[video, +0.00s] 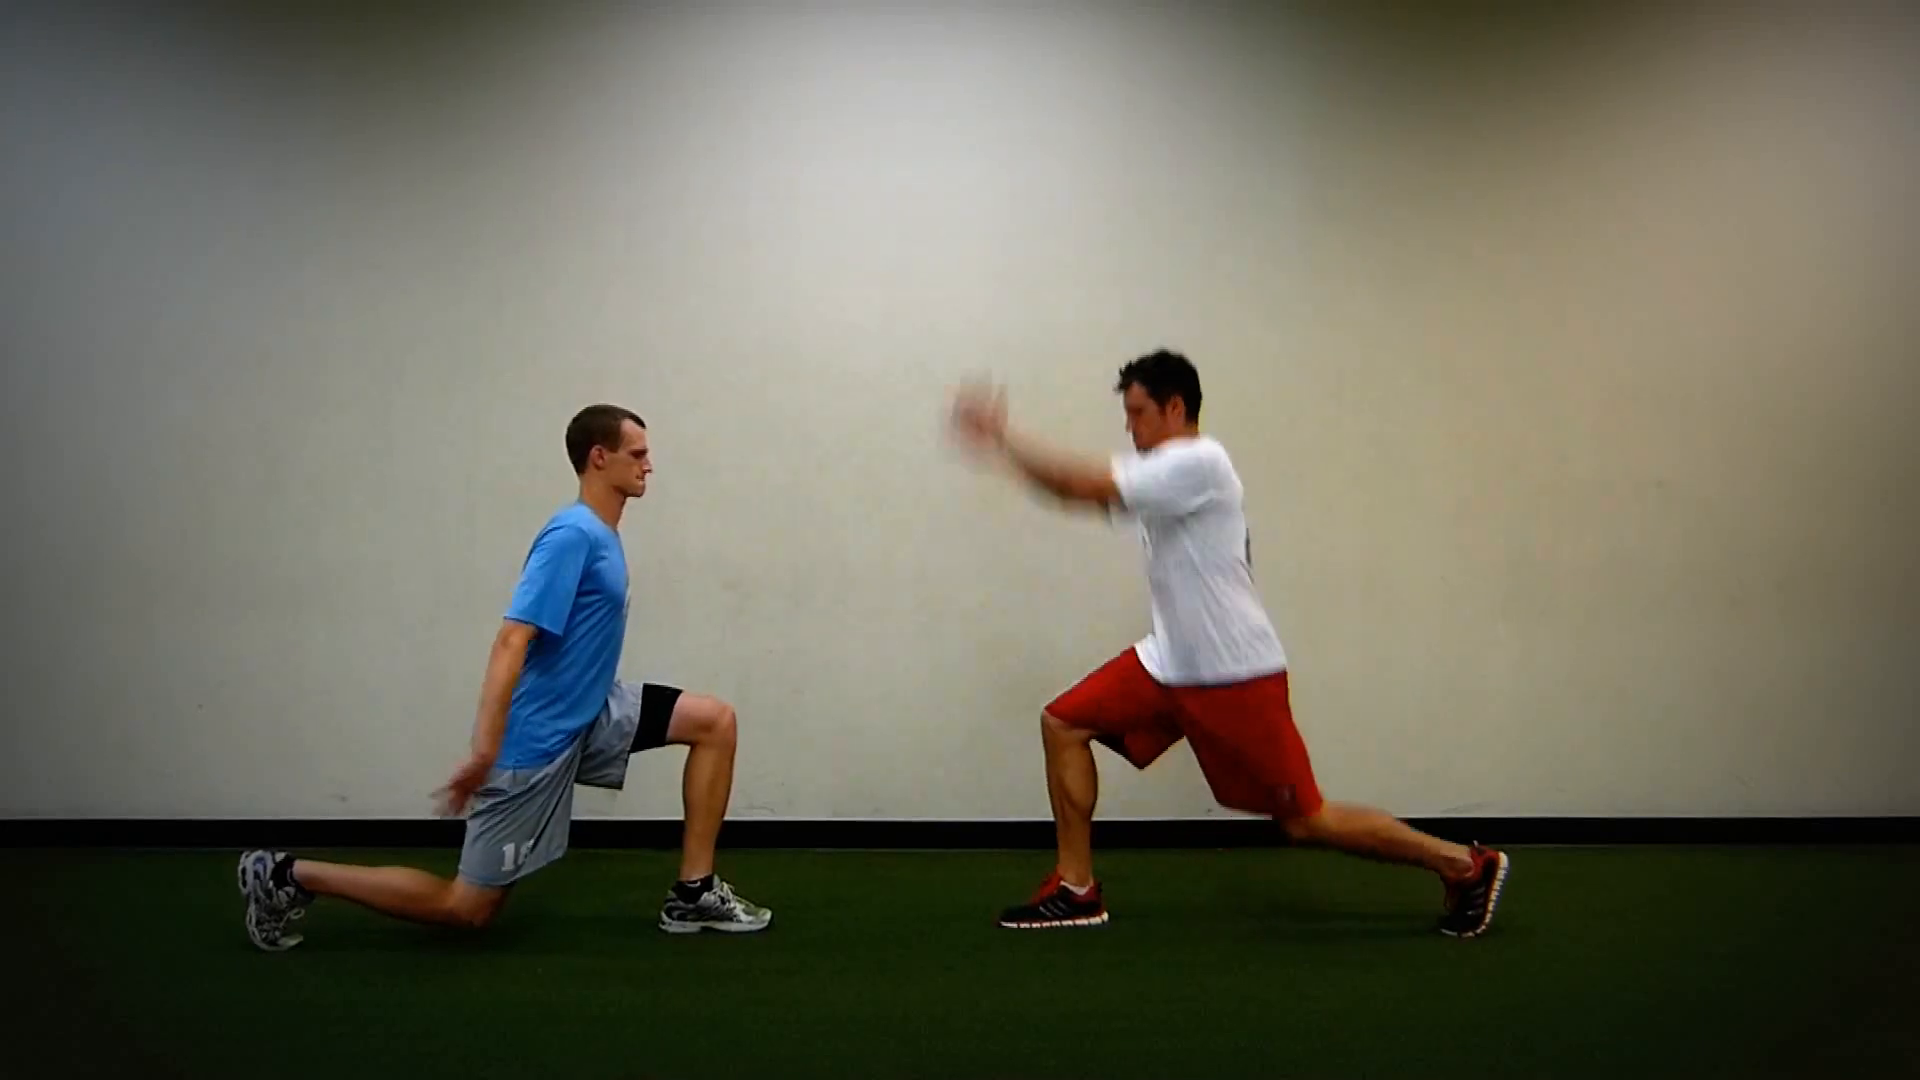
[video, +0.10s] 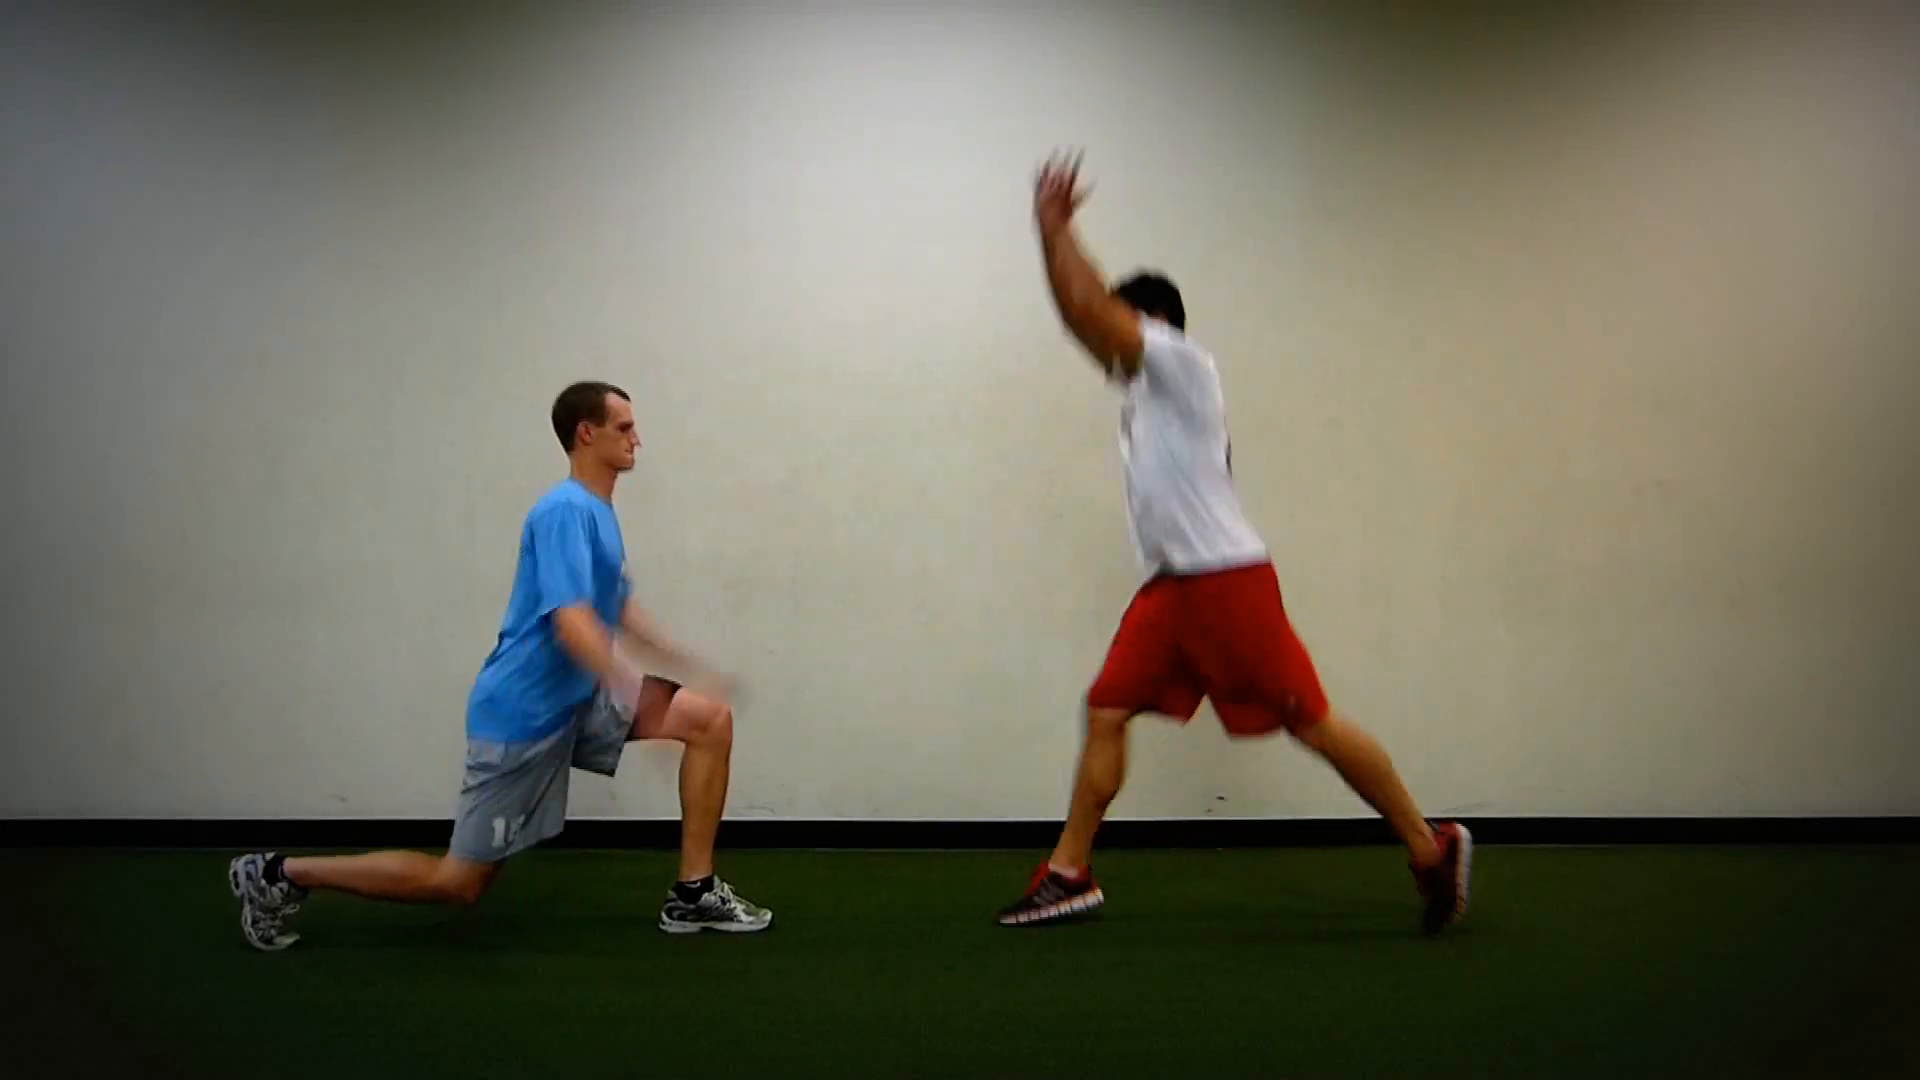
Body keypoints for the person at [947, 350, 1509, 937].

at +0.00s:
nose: (1127, 425)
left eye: (1135, 411)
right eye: (1126, 412)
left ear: (1174, 406)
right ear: (1163, 410)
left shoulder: (1201, 463)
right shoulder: (1161, 471)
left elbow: (1089, 486)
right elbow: (1080, 494)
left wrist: (1004, 439)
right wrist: (1008, 451)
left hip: (1234, 667)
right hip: (1169, 658)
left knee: (1306, 819)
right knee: (1065, 723)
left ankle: (1467, 866)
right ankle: (1074, 886)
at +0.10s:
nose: (1114, 334)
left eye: (1119, 320)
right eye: (1114, 324)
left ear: (1151, 320)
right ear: (1145, 323)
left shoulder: (1184, 367)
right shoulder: (1143, 382)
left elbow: (1099, 312)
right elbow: (1085, 320)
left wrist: (1061, 234)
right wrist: (1051, 240)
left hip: (1230, 581)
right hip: (1170, 586)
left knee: (1313, 724)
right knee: (1106, 710)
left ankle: (1431, 847)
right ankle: (1069, 871)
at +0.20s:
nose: (1101, 261)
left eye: (1109, 243)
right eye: (1098, 251)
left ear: (1143, 239)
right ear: (1115, 254)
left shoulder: (1179, 292)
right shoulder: (1137, 311)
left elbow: (1108, 217)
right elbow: (1079, 234)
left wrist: (1083, 137)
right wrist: (1062, 140)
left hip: (1227, 502)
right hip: (1177, 511)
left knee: (1292, 661)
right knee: (1165, 672)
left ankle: (1352, 821)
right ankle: (1149, 823)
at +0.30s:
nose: (1094, 224)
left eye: (1102, 203)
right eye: (1087, 213)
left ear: (1136, 199)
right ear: (1103, 223)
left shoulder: (1174, 245)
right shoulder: (1125, 273)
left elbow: (1095, 178)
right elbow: (1062, 210)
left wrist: (1062, 104)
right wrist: (1041, 116)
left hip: (1228, 462)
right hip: (1182, 472)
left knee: (1251, 634)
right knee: (1182, 629)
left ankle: (1265, 811)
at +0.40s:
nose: (1099, 228)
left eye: (1107, 214)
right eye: (1097, 217)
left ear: (1139, 208)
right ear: (1119, 219)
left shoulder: (1181, 250)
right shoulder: (1124, 276)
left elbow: (1089, 206)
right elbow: (1051, 248)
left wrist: (1041, 142)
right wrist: (1019, 164)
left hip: (1227, 467)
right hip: (1192, 472)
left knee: (1211, 640)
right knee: (1227, 633)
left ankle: (1190, 810)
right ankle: (1344, 730)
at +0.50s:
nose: (1099, 272)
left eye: (1104, 260)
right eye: (1095, 262)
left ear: (1142, 249)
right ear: (1129, 259)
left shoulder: (1185, 291)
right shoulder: (1130, 312)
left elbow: (1099, 310)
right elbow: (1058, 334)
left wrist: (1026, 249)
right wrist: (1000, 282)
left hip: (1222, 504)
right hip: (1209, 506)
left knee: (1170, 666)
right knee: (1262, 660)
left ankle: (1139, 839)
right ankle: (1385, 748)